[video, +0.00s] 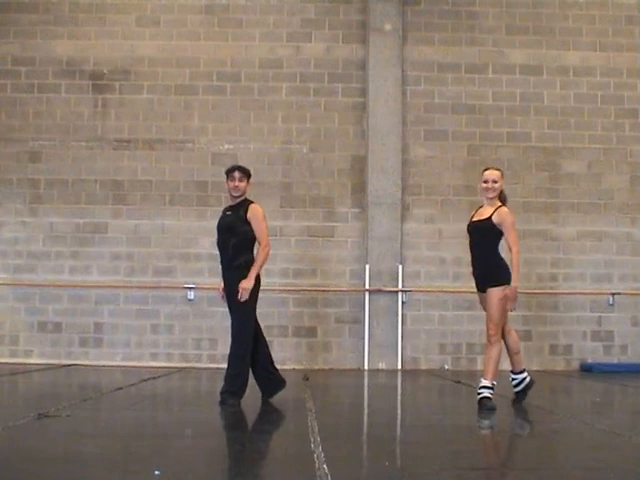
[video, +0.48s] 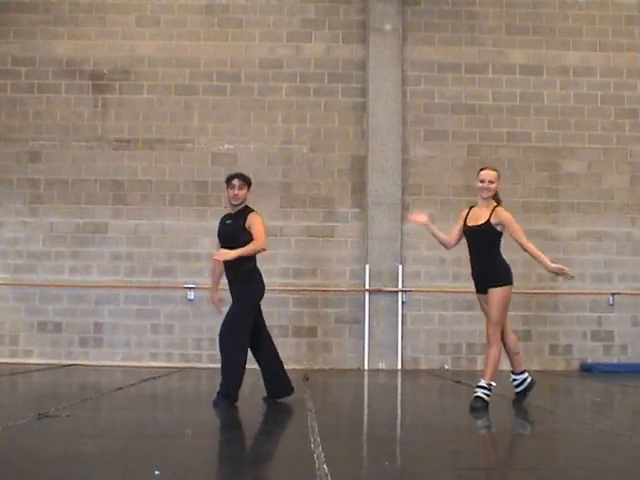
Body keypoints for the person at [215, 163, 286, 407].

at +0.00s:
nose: (236, 184)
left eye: (241, 180)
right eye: (232, 180)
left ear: (248, 184)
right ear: (226, 183)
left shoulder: (253, 210)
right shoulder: (228, 211)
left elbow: (265, 247)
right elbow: (230, 250)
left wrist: (250, 278)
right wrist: (225, 280)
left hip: (246, 279)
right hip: (230, 279)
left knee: (240, 335)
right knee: (249, 332)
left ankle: (232, 392)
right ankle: (271, 381)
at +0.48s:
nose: (236, 192)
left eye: (241, 188)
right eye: (232, 188)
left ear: (248, 191)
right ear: (226, 191)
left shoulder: (252, 217)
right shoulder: (226, 219)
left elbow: (260, 243)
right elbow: (221, 254)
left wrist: (232, 253)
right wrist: (215, 286)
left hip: (251, 286)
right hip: (237, 286)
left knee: (230, 335)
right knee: (258, 337)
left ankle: (228, 394)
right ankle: (279, 386)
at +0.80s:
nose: (246, 194)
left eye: (251, 190)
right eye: (242, 189)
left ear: (259, 194)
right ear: (236, 192)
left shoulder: (260, 229)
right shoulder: (225, 202)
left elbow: (262, 266)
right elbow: (208, 167)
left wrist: (267, 295)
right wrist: (192, 139)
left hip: (236, 286)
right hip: (213, 280)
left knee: (229, 341)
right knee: (197, 328)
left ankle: (214, 395)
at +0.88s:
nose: (247, 195)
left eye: (251, 190)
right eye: (242, 191)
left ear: (259, 195)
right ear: (236, 195)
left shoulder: (262, 229)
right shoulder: (225, 208)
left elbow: (280, 265)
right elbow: (197, 179)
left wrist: (303, 291)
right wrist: (169, 161)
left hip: (238, 292)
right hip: (212, 286)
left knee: (229, 346)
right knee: (176, 326)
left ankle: (212, 394)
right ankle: (186, 294)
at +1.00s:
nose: (244, 196)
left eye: (249, 191)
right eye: (240, 192)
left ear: (257, 194)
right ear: (235, 196)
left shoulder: (267, 222)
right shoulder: (223, 216)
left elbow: (300, 236)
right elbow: (187, 222)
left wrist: (307, 223)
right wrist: (187, 244)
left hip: (241, 292)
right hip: (215, 284)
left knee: (228, 346)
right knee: (189, 317)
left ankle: (213, 398)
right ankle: (169, 351)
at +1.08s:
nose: (238, 201)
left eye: (243, 196)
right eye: (234, 197)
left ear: (251, 199)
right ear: (229, 202)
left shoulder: (261, 223)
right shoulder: (221, 230)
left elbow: (288, 214)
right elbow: (215, 263)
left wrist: (256, 212)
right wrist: (248, 270)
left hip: (246, 297)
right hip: (221, 292)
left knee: (225, 349)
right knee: (204, 319)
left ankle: (214, 398)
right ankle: (201, 383)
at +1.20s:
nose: (232, 214)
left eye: (236, 209)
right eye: (226, 210)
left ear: (243, 212)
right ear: (221, 216)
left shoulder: (254, 229)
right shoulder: (220, 247)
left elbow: (263, 222)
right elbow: (245, 274)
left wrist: (240, 249)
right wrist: (273, 256)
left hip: (256, 309)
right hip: (230, 309)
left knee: (240, 358)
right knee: (236, 356)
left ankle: (213, 391)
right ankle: (262, 398)